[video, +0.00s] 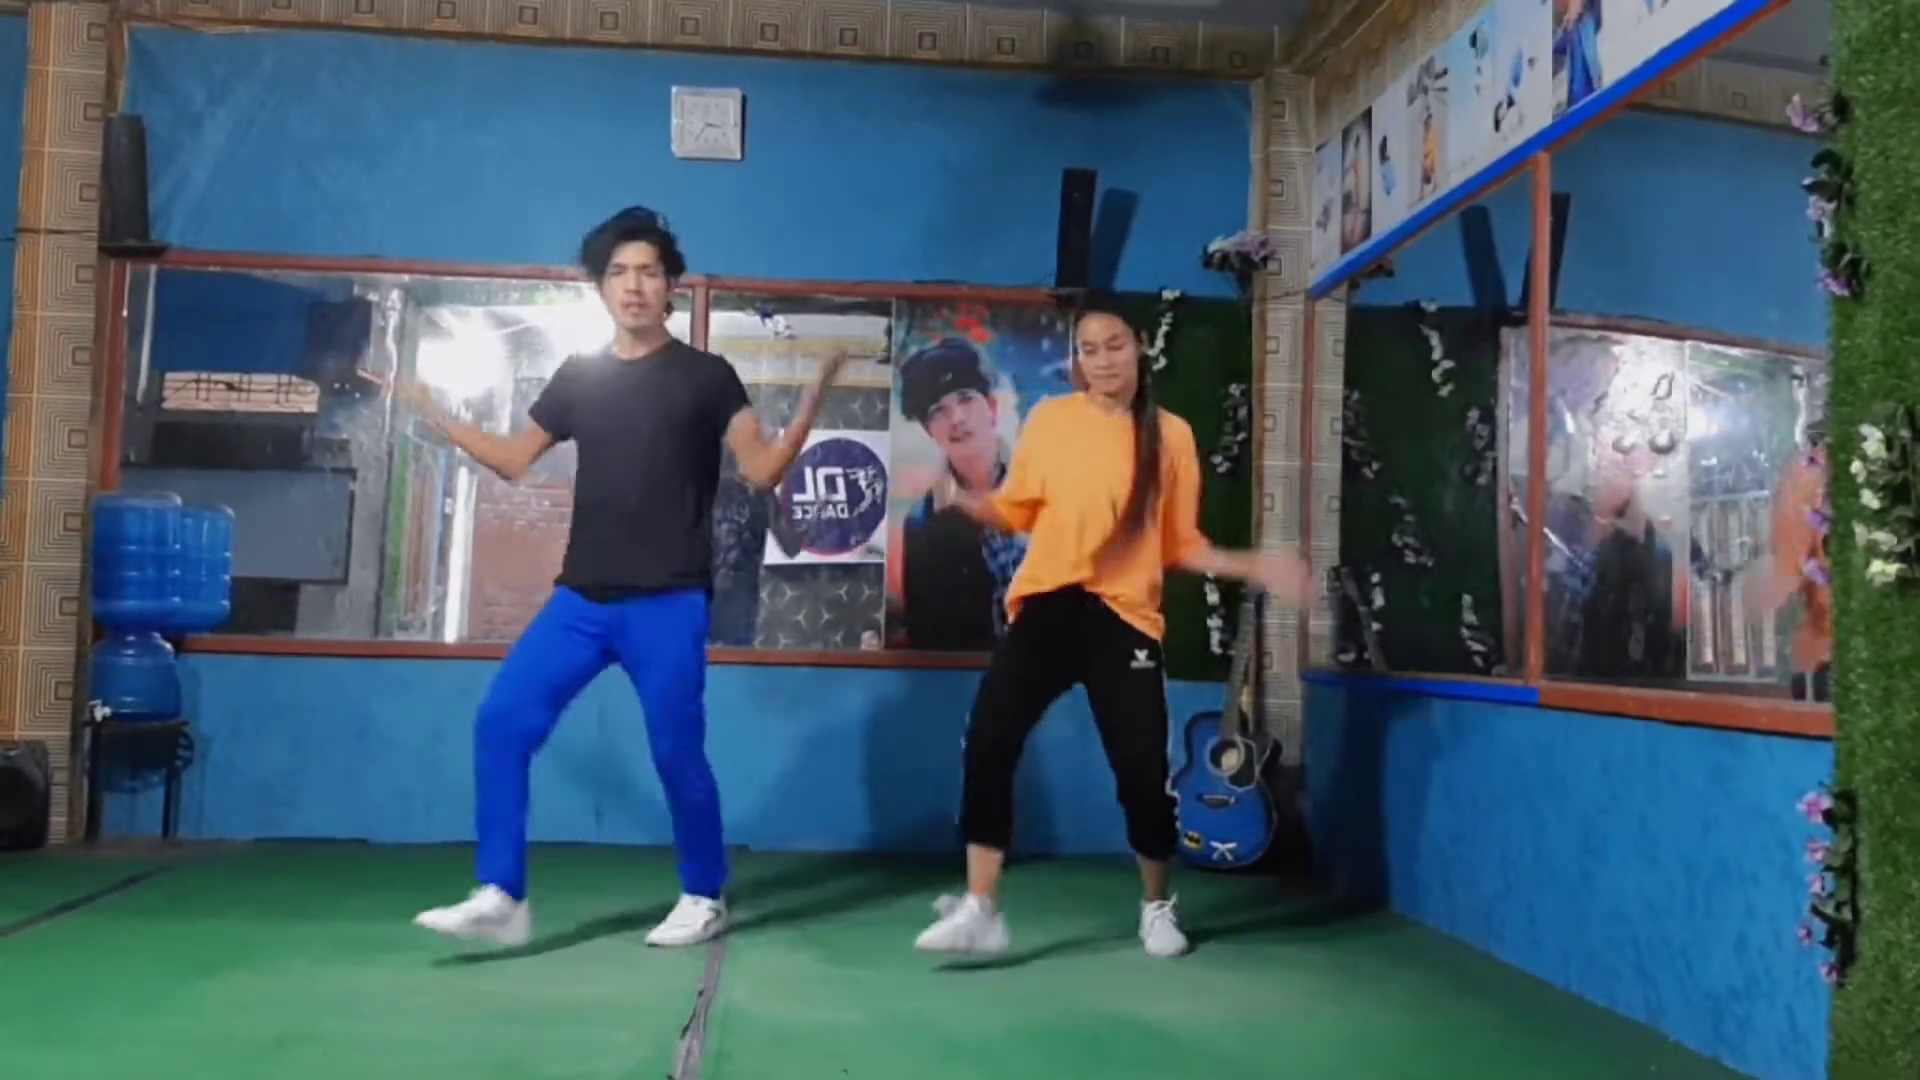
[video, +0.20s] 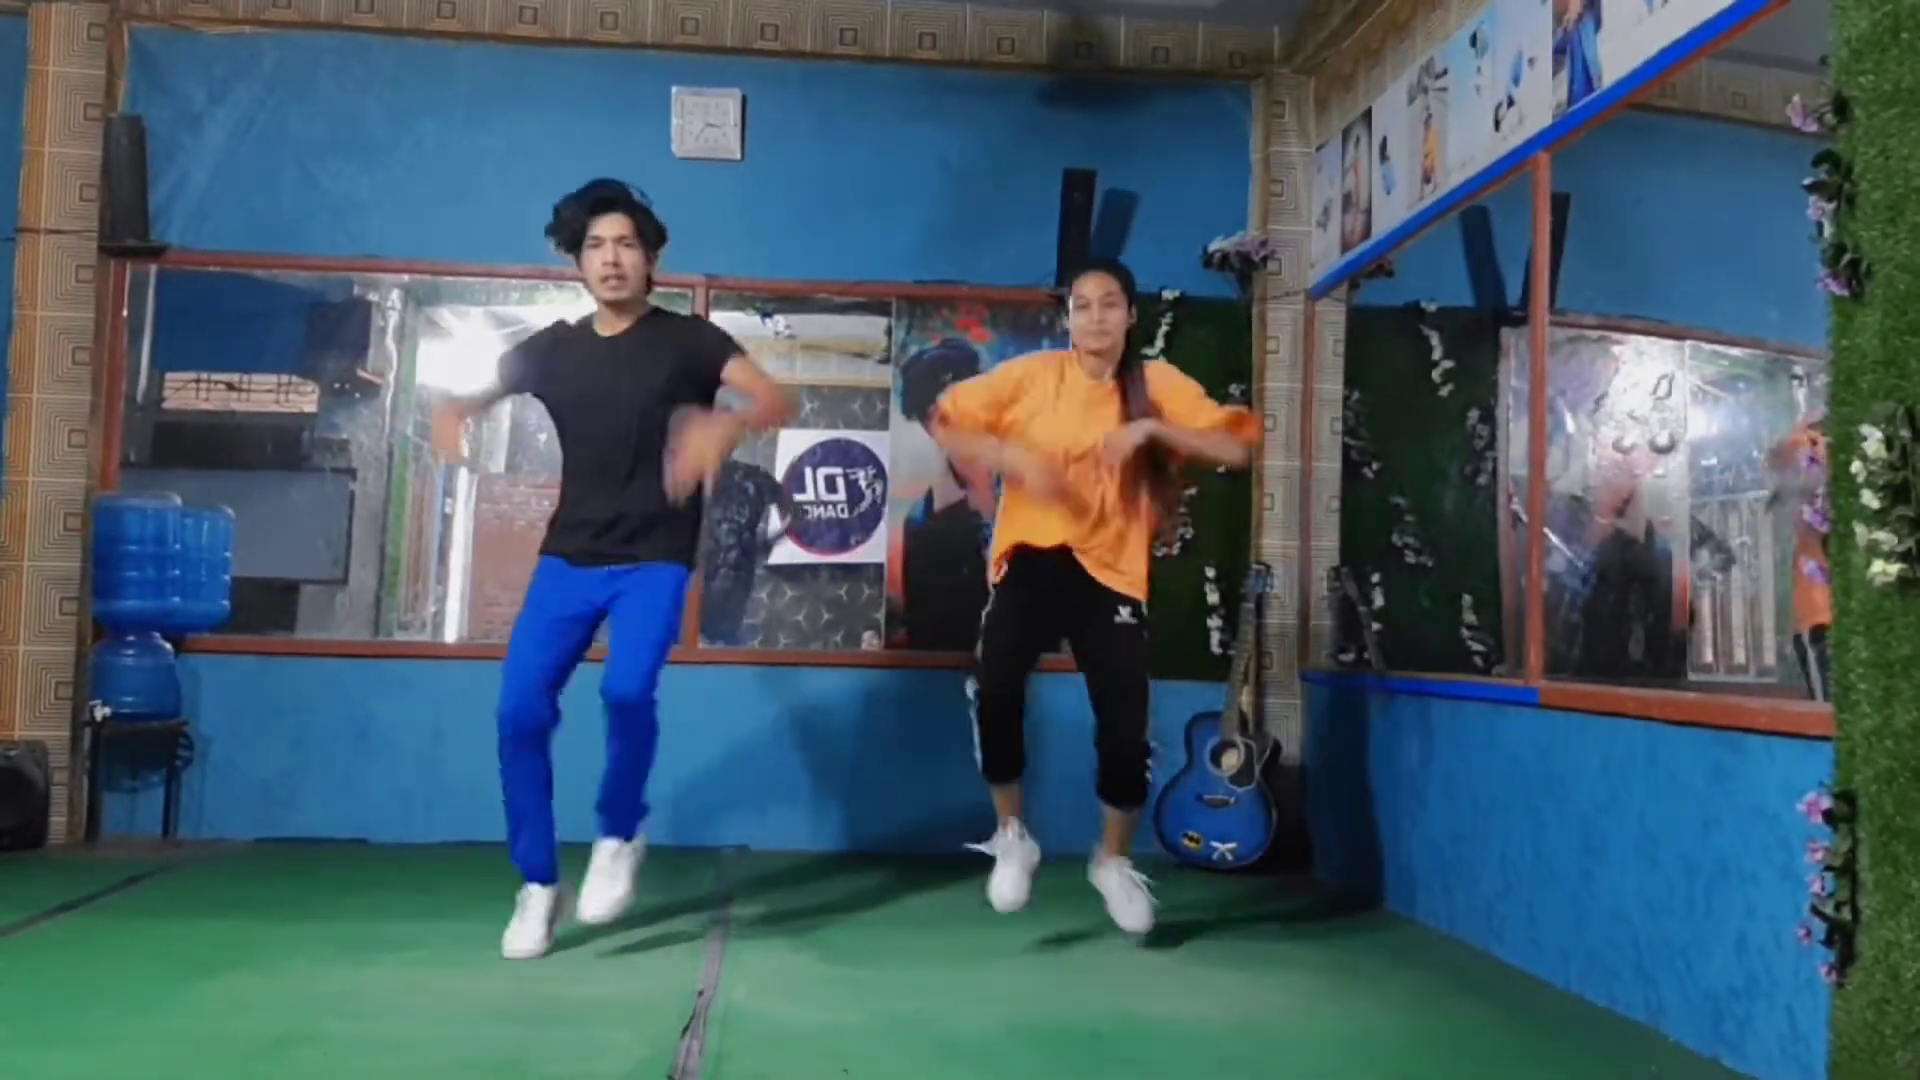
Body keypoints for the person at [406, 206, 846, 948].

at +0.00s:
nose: (636, 287)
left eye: (650, 274)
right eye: (622, 274)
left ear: (672, 288)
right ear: (600, 288)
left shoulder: (708, 376)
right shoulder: (581, 376)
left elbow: (763, 469)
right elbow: (512, 458)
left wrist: (817, 393)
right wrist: (434, 414)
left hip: (667, 603)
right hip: (582, 599)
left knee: (677, 751)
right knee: (502, 721)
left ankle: (703, 898)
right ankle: (502, 897)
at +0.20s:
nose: (614, 261)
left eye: (628, 246)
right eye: (597, 248)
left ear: (652, 260)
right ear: (578, 263)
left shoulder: (691, 341)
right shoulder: (550, 350)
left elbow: (778, 402)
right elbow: (466, 400)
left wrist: (724, 427)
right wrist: (449, 417)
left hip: (656, 558)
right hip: (570, 556)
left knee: (628, 690)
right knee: (521, 709)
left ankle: (618, 840)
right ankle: (537, 884)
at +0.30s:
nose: (604, 271)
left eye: (618, 256)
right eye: (588, 258)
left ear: (642, 271)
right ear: (569, 275)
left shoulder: (682, 362)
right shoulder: (549, 368)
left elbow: (736, 464)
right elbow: (505, 470)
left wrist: (700, 535)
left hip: (628, 587)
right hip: (549, 583)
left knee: (586, 736)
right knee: (528, 740)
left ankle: (598, 892)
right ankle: (553, 898)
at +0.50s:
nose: (582, 282)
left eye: (598, 269)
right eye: (569, 271)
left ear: (626, 284)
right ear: (553, 287)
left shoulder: (665, 346)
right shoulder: (540, 392)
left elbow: (729, 420)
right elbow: (484, 475)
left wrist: (643, 434)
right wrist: (446, 509)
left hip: (642, 578)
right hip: (559, 582)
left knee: (584, 704)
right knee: (523, 745)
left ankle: (615, 855)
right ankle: (552, 904)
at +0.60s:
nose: (569, 281)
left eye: (586, 269)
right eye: (557, 269)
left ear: (612, 284)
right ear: (540, 285)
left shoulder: (639, 340)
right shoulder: (535, 390)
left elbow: (703, 425)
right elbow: (487, 481)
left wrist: (687, 530)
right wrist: (391, 436)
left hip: (644, 584)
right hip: (569, 594)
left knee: (631, 734)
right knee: (529, 751)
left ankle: (716, 859)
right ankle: (555, 910)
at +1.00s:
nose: (622, 299)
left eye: (634, 285)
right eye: (607, 288)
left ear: (657, 300)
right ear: (588, 303)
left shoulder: (687, 396)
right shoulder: (554, 375)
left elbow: (707, 502)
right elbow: (496, 463)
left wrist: (729, 442)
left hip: (638, 612)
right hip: (542, 603)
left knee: (658, 757)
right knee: (475, 731)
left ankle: (622, 899)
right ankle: (515, 885)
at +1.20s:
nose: (644, 324)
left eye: (656, 308)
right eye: (628, 310)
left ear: (677, 317)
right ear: (607, 320)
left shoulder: (704, 413)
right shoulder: (583, 381)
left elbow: (658, 498)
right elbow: (585, 478)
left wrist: (661, 410)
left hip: (638, 632)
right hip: (544, 614)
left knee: (652, 768)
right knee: (473, 752)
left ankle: (616, 908)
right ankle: (370, 873)